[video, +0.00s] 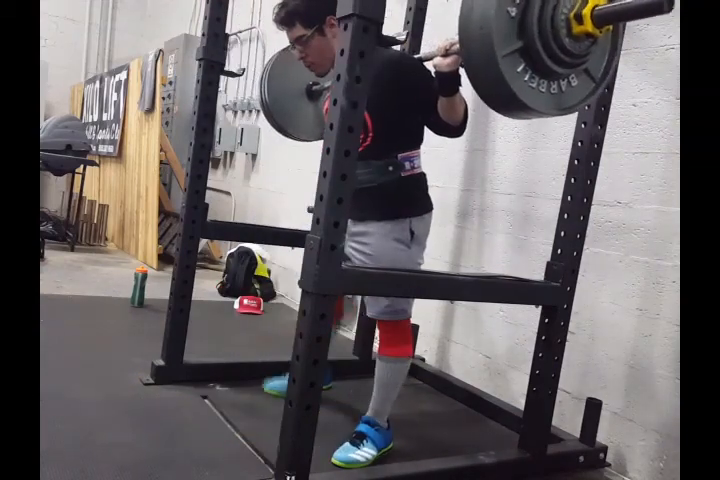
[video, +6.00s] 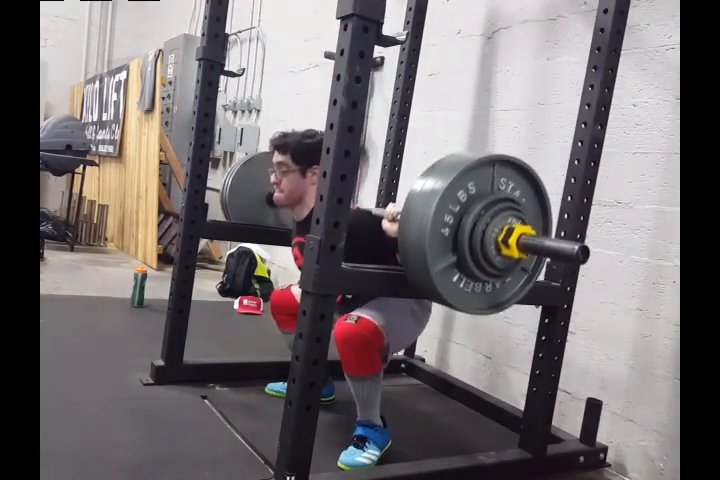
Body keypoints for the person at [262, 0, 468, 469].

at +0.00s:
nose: (299, 55)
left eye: (302, 43)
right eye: (293, 46)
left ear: (334, 28)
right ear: (327, 31)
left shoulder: (393, 66)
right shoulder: (336, 77)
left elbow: (453, 125)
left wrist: (447, 76)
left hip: (394, 216)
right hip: (343, 212)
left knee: (391, 318)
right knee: (322, 299)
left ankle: (376, 425)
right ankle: (312, 371)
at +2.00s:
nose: (300, 22)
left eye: (309, 13)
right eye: (300, 14)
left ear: (339, 20)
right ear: (322, 24)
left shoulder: (387, 74)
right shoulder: (327, 82)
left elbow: (436, 132)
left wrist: (429, 85)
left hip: (381, 212)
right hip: (334, 211)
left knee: (382, 311)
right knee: (330, 300)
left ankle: (375, 423)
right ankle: (318, 379)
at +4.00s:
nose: (310, 33)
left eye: (316, 22)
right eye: (308, 24)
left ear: (348, 20)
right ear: (330, 26)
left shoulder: (391, 78)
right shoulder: (333, 79)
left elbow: (437, 136)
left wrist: (434, 88)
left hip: (383, 218)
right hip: (335, 214)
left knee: (382, 313)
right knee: (331, 302)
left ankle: (376, 424)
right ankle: (318, 380)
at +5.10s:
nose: (300, 80)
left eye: (310, 72)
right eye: (301, 71)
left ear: (339, 79)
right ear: (315, 80)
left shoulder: (376, 134)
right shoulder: (321, 136)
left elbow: (430, 185)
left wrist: (423, 147)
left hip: (404, 243)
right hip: (353, 242)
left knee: (364, 325)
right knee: (302, 298)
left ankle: (374, 429)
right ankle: (315, 381)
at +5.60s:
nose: (281, 149)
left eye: (291, 141)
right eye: (281, 140)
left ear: (322, 150)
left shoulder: (360, 198)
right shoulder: (305, 194)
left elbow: (415, 238)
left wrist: (406, 211)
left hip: (401, 280)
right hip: (350, 277)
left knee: (352, 329)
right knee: (287, 302)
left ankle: (372, 430)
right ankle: (316, 382)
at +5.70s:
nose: (278, 159)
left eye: (287, 150)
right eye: (278, 149)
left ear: (318, 158)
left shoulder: (359, 208)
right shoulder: (304, 205)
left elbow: (416, 248)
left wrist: (404, 218)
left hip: (399, 284)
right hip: (350, 281)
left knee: (352, 330)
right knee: (285, 301)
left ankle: (372, 430)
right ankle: (316, 382)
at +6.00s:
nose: (273, 180)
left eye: (282, 172)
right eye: (273, 171)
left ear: (313, 177)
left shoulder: (354, 225)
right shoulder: (302, 225)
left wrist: (402, 229)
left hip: (402, 295)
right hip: (352, 292)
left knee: (353, 333)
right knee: (284, 302)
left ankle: (372, 428)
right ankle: (315, 383)